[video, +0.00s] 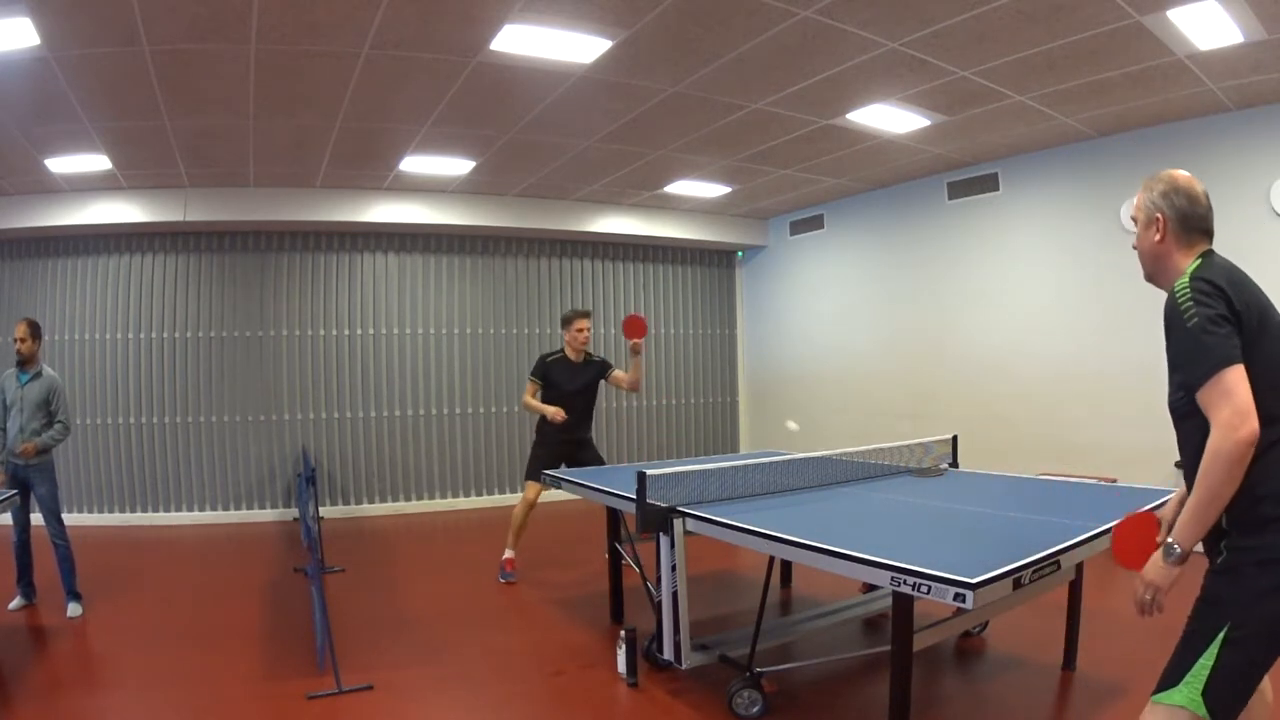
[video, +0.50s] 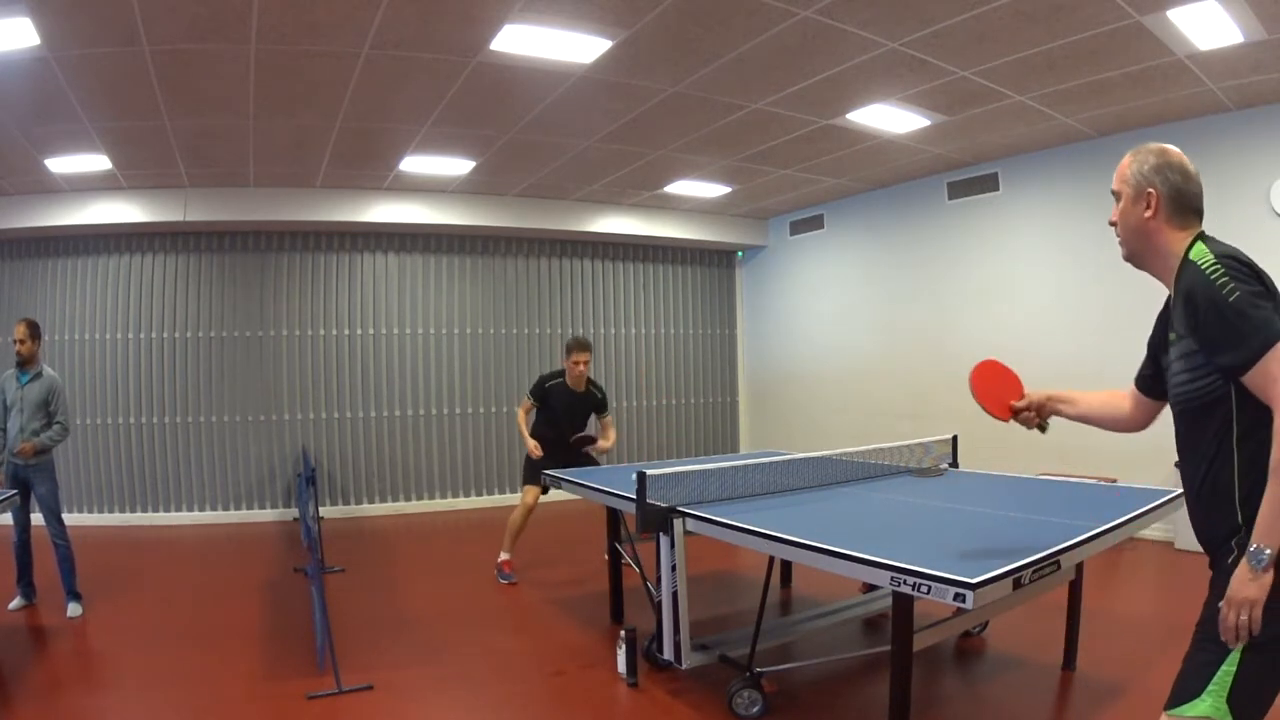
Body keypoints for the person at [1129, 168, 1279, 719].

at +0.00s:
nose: (1132, 243)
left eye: (1135, 226)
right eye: (1132, 227)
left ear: (1160, 228)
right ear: (1186, 226)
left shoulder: (1193, 293)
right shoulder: (1226, 282)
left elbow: (1237, 429)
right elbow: (1228, 427)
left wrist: (1171, 552)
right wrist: (1185, 502)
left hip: (1257, 554)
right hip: (1264, 546)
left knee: (1173, 711)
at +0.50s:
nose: (1109, 218)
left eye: (1116, 199)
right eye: (1111, 200)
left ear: (1149, 205)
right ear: (1153, 206)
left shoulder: (1212, 282)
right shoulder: (1183, 299)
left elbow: (1278, 405)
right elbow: (1136, 410)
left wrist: (1259, 558)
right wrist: (1051, 402)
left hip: (1257, 561)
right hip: (1240, 555)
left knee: (1194, 712)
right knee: (1209, 709)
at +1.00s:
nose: (1118, 273)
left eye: (1126, 255)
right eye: (1120, 257)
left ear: (1163, 257)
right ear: (1161, 260)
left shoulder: (1231, 329)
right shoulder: (1191, 359)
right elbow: (1177, 496)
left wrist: (1225, 586)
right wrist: (1106, 560)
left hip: (1275, 583)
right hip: (1259, 580)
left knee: (1188, 713)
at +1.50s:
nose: (1057, 439)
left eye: (1063, 418)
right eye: (1043, 423)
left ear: (1114, 368)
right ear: (1111, 365)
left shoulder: (1254, 457)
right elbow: (1148, 444)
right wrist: (1142, 519)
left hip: (1266, 621)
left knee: (1225, 707)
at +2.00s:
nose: (1157, 273)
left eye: (1147, 256)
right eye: (1150, 257)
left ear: (1156, 243)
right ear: (1210, 215)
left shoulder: (1233, 311)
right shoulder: (1261, 276)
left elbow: (1268, 487)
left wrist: (1184, 613)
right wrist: (1241, 579)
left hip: (1276, 612)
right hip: (1275, 604)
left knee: (1228, 713)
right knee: (1239, 707)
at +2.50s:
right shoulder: (1279, 280)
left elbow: (1277, 362)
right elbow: (1275, 364)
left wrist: (1254, 458)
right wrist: (1255, 459)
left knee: (1279, 612)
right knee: (1278, 611)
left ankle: (1268, 708)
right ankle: (1263, 704)